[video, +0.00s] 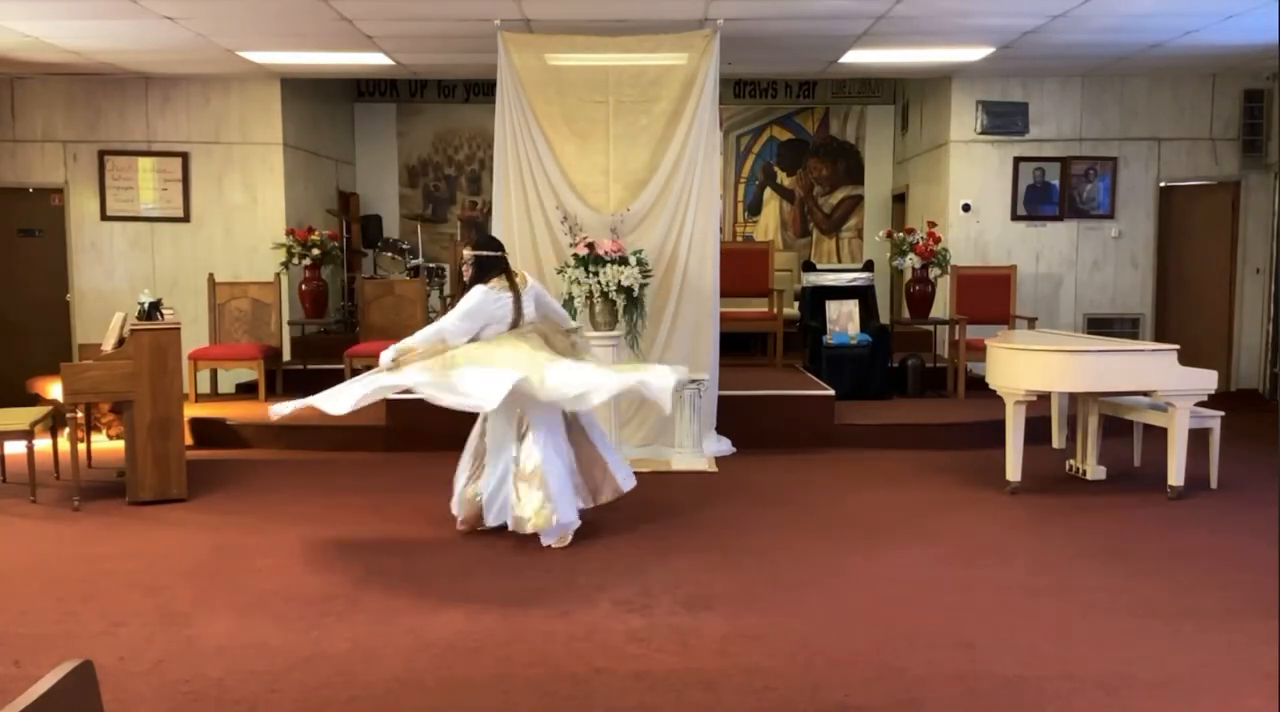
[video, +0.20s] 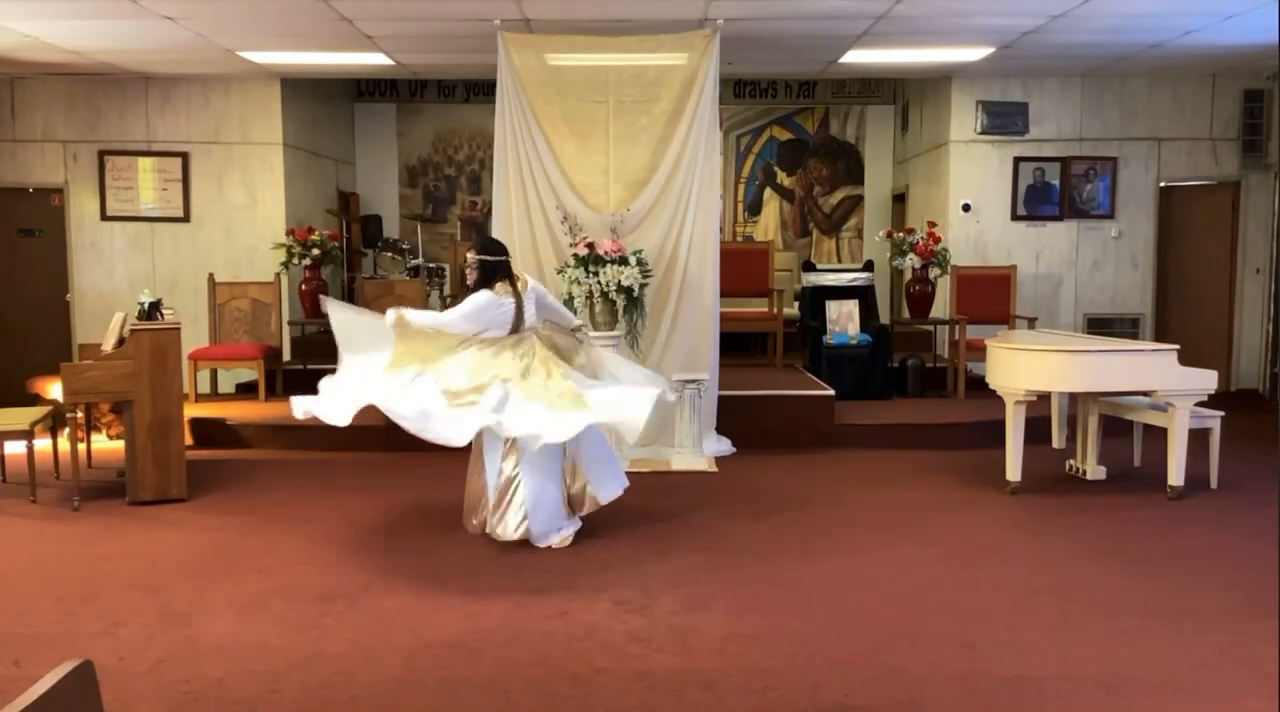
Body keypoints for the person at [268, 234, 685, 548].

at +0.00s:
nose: (461, 270)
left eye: (465, 264)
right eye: (462, 263)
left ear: (483, 264)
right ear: (499, 261)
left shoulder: (481, 296)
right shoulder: (525, 287)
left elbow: (446, 329)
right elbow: (560, 318)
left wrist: (399, 350)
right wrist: (568, 335)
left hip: (503, 382)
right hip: (541, 378)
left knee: (497, 443)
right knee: (544, 445)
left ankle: (484, 509)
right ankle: (554, 520)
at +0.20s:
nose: (466, 270)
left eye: (470, 264)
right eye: (469, 263)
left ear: (485, 266)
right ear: (505, 263)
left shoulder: (486, 300)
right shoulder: (529, 289)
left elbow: (449, 322)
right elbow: (562, 316)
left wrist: (405, 316)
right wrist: (576, 327)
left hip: (503, 376)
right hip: (538, 371)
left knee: (509, 447)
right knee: (547, 443)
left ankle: (509, 517)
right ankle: (553, 514)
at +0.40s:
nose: (486, 267)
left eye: (493, 260)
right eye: (486, 260)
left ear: (511, 266)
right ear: (495, 263)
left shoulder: (517, 299)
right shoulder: (505, 297)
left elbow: (476, 311)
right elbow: (469, 314)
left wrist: (432, 295)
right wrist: (421, 304)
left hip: (539, 380)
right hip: (526, 378)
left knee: (544, 453)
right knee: (539, 449)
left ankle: (549, 527)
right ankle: (548, 515)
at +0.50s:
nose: (512, 262)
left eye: (520, 257)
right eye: (508, 254)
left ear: (533, 263)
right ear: (501, 258)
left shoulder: (538, 294)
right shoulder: (500, 294)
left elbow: (513, 309)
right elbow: (456, 305)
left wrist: (475, 296)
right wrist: (422, 295)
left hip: (535, 376)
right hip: (507, 373)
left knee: (531, 445)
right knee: (502, 442)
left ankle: (521, 517)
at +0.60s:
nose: (538, 259)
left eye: (545, 254)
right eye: (532, 252)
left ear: (552, 260)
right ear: (519, 254)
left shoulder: (556, 288)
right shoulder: (502, 286)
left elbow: (560, 306)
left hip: (545, 366)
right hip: (508, 365)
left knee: (538, 435)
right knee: (497, 437)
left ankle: (527, 514)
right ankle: (488, 511)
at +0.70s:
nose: (560, 260)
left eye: (564, 254)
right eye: (554, 252)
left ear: (567, 258)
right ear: (536, 253)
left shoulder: (565, 292)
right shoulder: (504, 281)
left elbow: (602, 316)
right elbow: (465, 301)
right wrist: (421, 302)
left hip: (549, 370)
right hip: (503, 366)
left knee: (544, 441)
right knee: (492, 437)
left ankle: (527, 517)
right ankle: (488, 504)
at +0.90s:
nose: (576, 270)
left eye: (578, 262)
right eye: (569, 263)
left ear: (576, 262)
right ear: (550, 260)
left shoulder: (579, 296)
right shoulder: (518, 278)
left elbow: (613, 317)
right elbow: (468, 292)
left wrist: (650, 327)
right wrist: (427, 307)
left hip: (554, 384)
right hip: (515, 379)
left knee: (549, 453)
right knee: (524, 449)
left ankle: (535, 529)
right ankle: (481, 485)